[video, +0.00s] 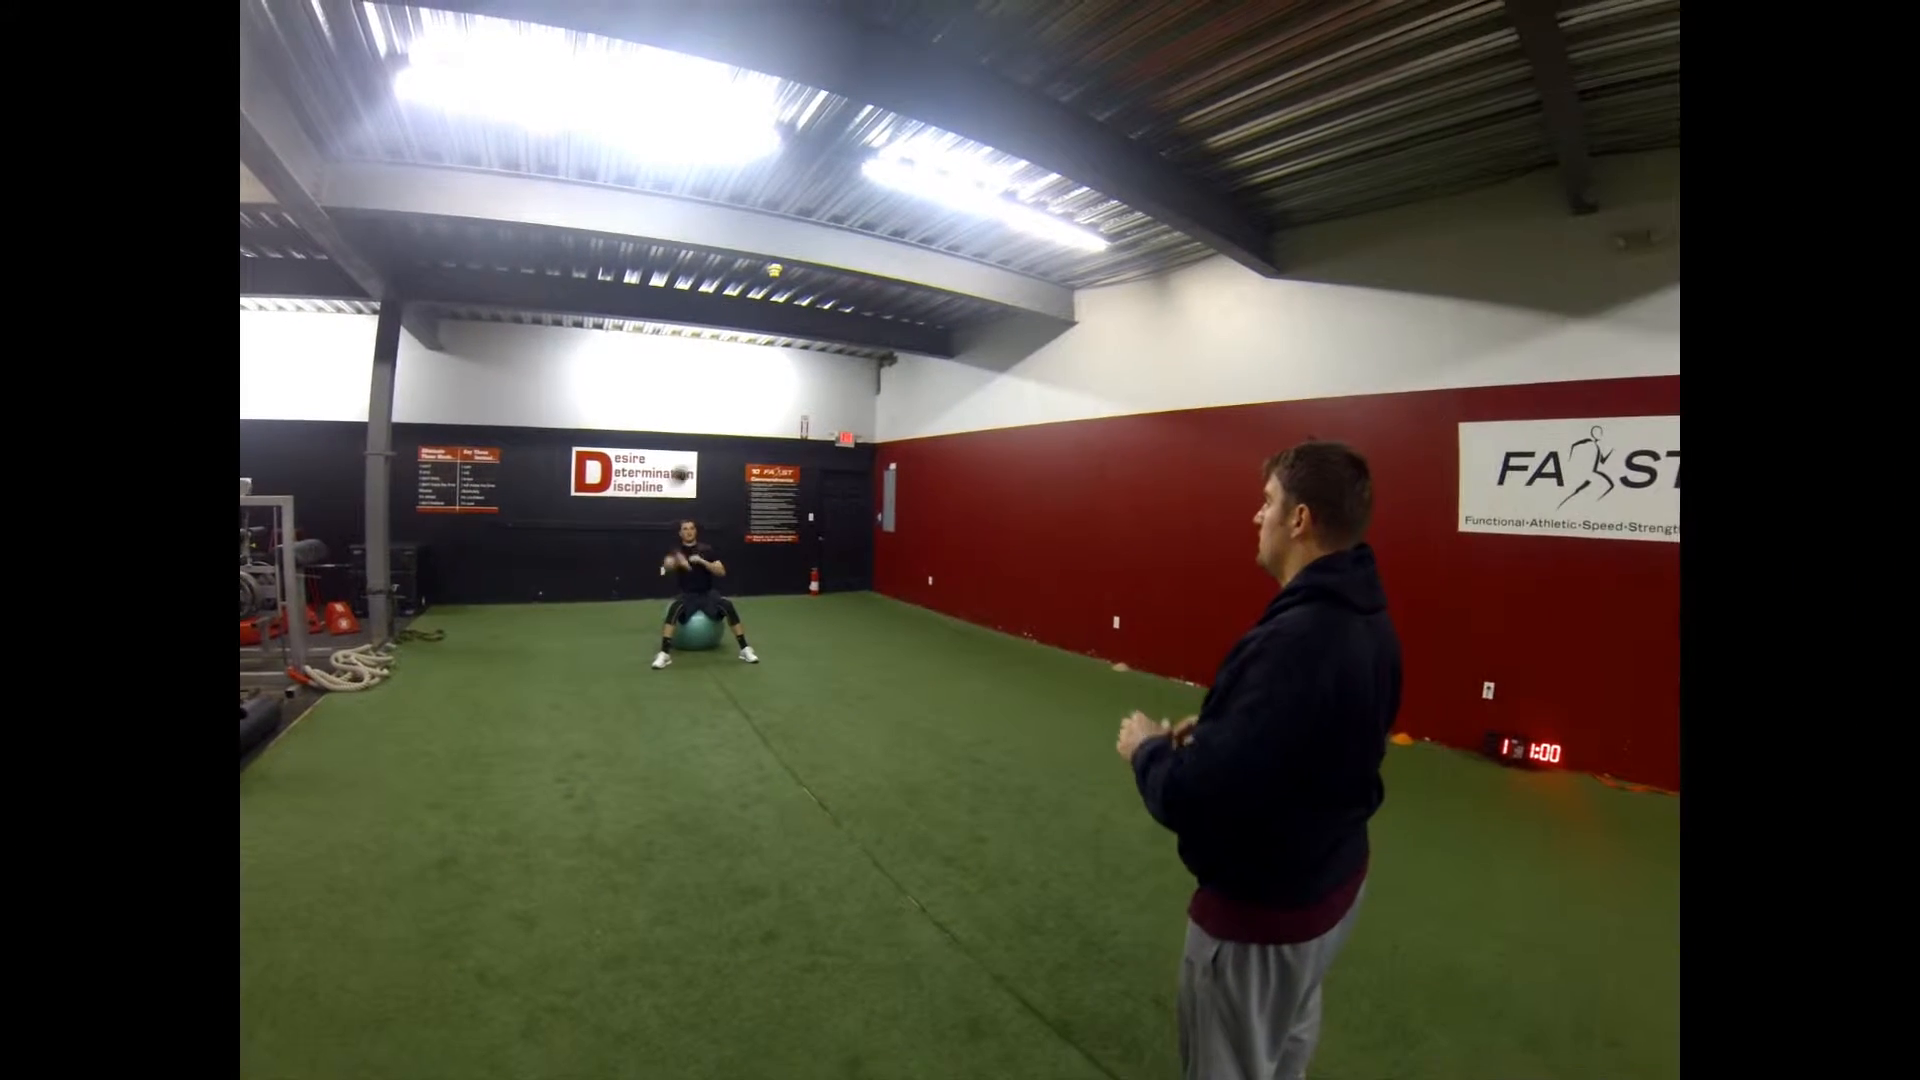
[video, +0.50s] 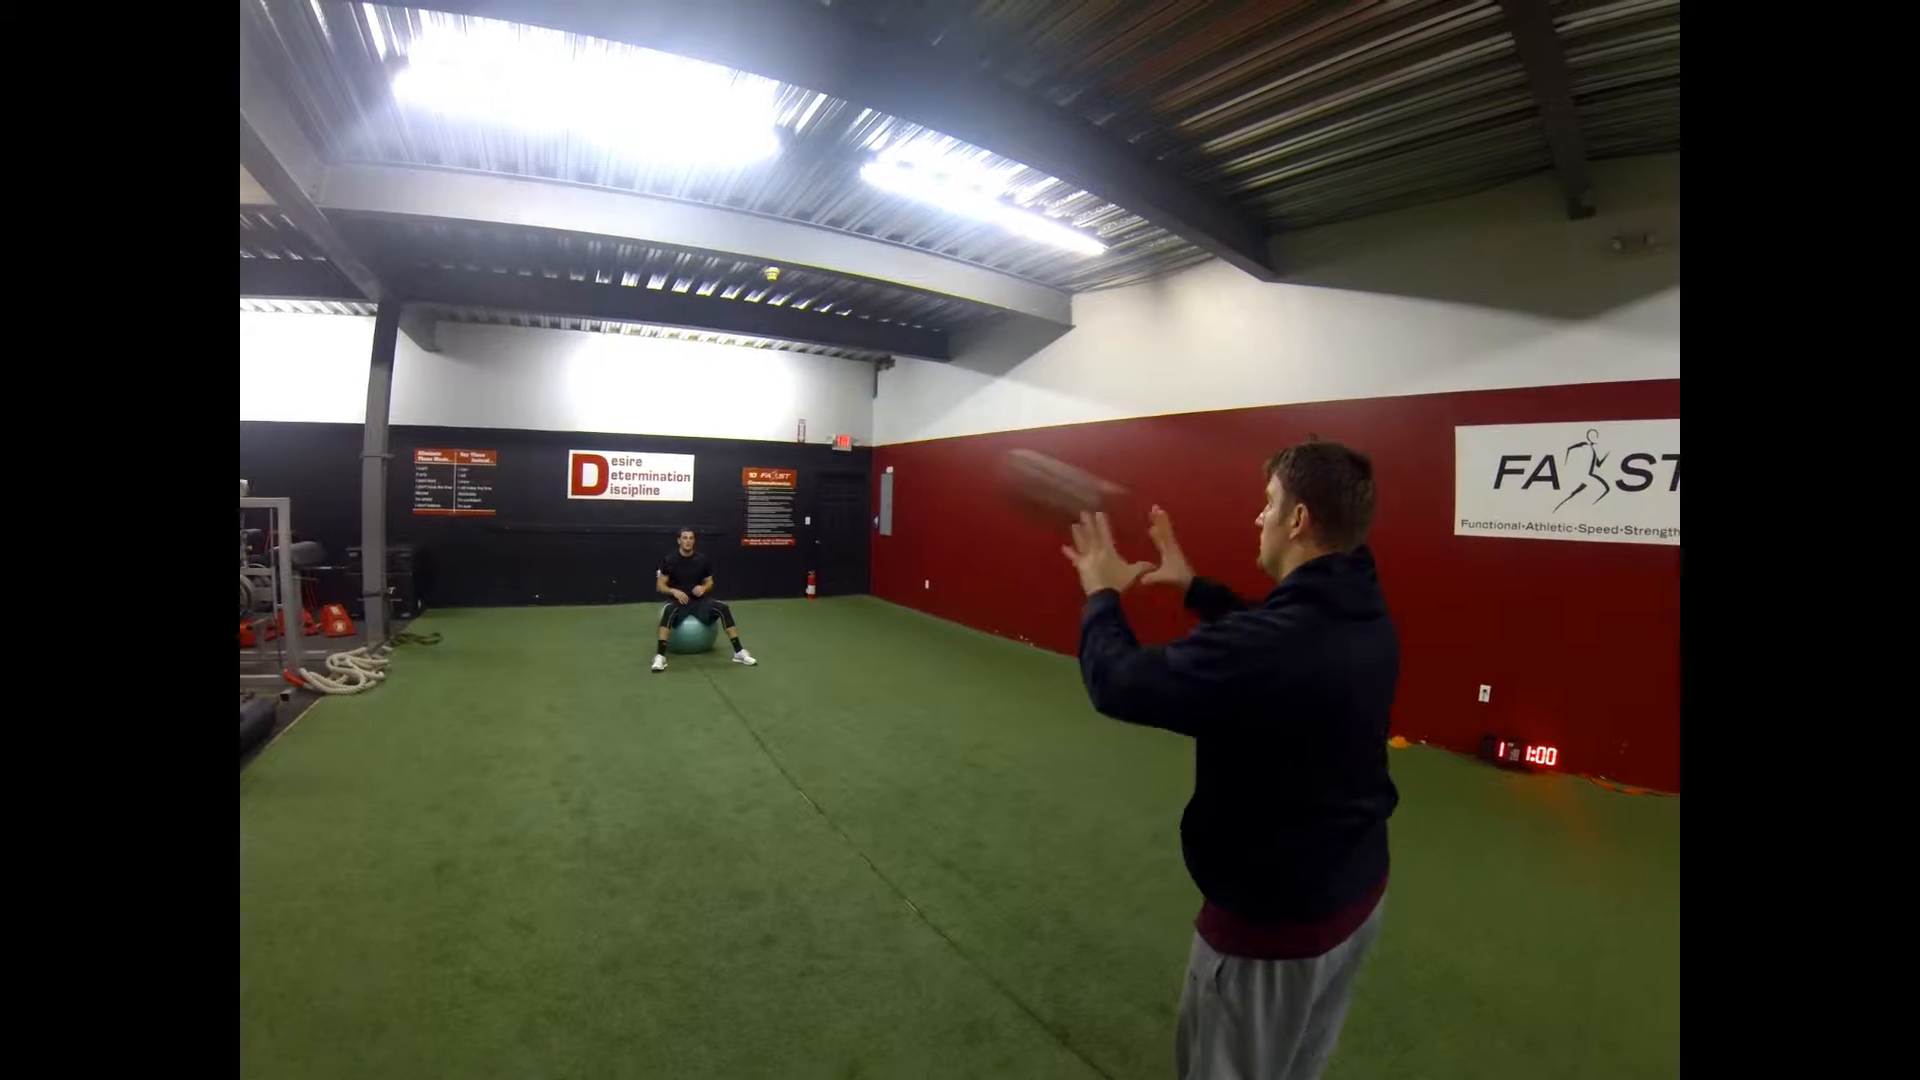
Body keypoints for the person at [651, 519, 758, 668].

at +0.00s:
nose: (689, 532)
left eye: (691, 529)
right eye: (685, 529)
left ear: (696, 531)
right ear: (680, 533)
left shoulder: (706, 549)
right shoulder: (677, 552)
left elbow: (721, 571)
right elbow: (668, 564)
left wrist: (702, 562)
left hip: (708, 594)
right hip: (687, 595)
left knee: (727, 606)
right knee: (674, 608)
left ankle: (745, 649)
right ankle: (664, 653)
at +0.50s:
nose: (688, 541)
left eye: (691, 538)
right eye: (685, 538)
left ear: (694, 541)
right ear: (679, 540)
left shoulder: (702, 559)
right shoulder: (670, 560)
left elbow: (710, 582)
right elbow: (660, 586)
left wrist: (703, 588)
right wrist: (674, 592)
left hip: (699, 601)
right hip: (679, 602)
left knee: (723, 608)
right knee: (668, 610)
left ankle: (739, 652)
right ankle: (660, 656)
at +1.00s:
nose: (687, 548)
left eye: (690, 545)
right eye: (684, 545)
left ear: (694, 548)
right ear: (678, 547)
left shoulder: (702, 566)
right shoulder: (669, 567)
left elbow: (710, 588)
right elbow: (659, 590)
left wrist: (702, 596)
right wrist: (671, 598)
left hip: (697, 608)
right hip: (677, 608)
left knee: (718, 614)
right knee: (666, 615)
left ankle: (736, 657)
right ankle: (658, 662)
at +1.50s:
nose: (690, 549)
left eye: (692, 546)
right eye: (686, 546)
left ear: (696, 548)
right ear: (680, 548)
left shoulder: (704, 567)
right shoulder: (671, 568)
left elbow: (710, 591)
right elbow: (661, 592)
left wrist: (703, 598)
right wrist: (674, 600)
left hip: (698, 609)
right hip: (679, 609)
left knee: (719, 615)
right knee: (667, 617)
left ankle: (736, 658)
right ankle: (658, 663)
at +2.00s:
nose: (697, 542)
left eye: (699, 539)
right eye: (693, 539)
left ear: (703, 542)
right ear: (687, 542)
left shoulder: (711, 561)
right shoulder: (678, 563)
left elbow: (717, 584)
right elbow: (671, 587)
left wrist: (710, 594)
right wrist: (686, 594)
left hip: (707, 601)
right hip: (687, 601)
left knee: (728, 609)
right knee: (677, 612)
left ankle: (743, 652)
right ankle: (665, 656)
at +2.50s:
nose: (698, 545)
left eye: (701, 542)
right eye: (695, 541)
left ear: (704, 544)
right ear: (689, 543)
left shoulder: (709, 562)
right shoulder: (681, 561)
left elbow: (720, 584)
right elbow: (681, 582)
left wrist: (720, 578)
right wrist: (695, 575)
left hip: (707, 604)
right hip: (687, 604)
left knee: (728, 612)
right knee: (677, 614)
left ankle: (746, 655)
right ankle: (667, 659)